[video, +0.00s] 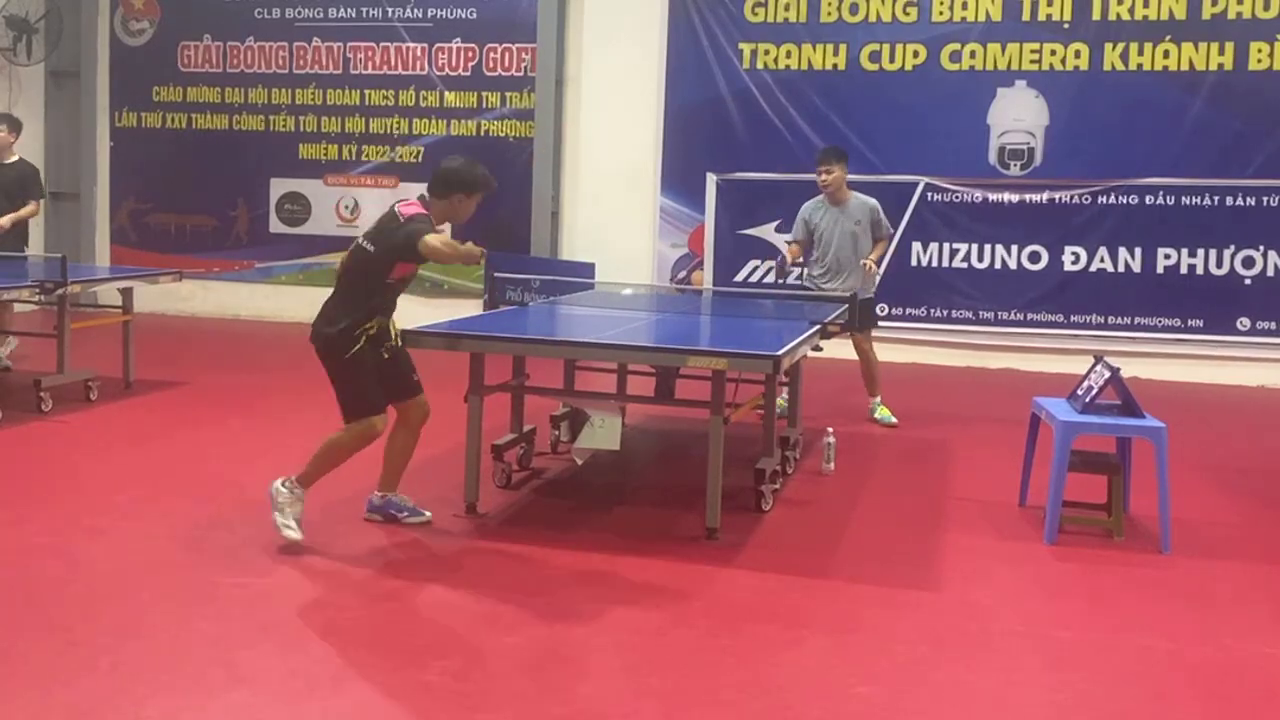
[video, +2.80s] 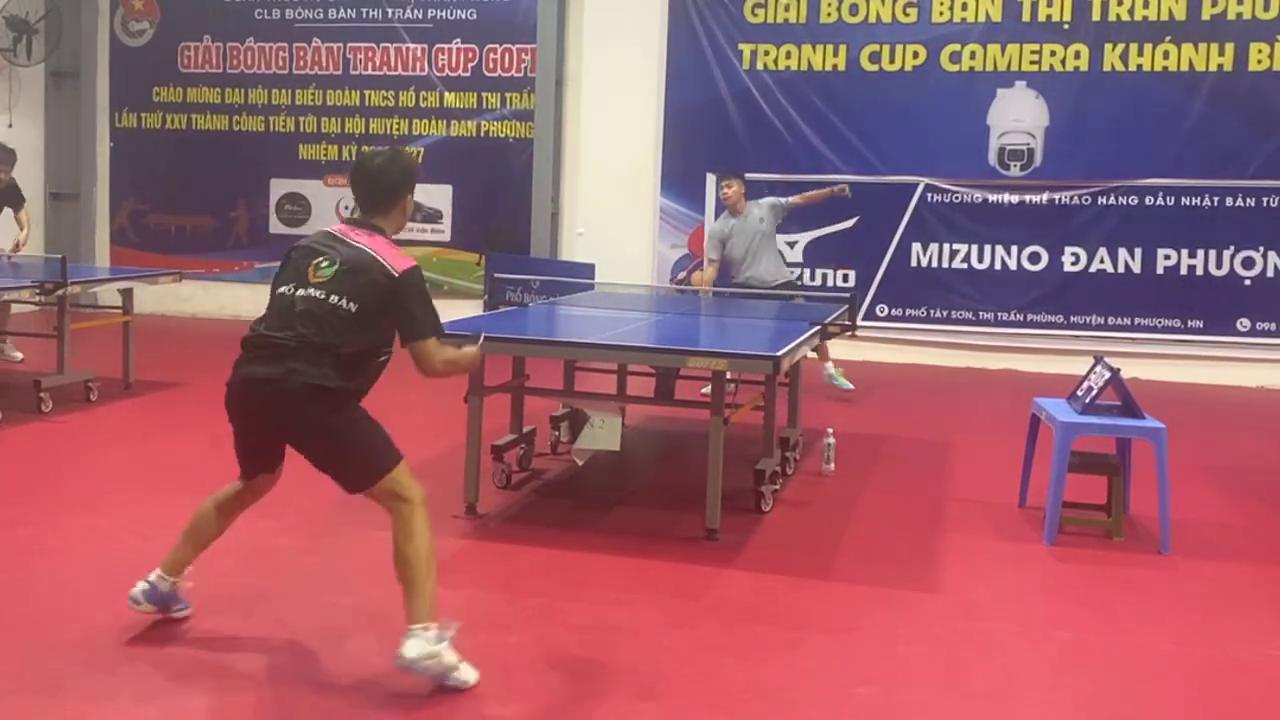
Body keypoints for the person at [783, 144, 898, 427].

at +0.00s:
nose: (823, 178)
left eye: (829, 172)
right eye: (819, 173)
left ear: (844, 172)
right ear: (816, 175)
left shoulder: (869, 207)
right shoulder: (809, 210)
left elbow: (883, 238)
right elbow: (798, 245)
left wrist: (873, 257)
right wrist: (790, 254)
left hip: (858, 292)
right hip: (816, 291)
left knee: (863, 344)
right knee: (794, 341)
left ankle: (876, 403)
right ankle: (788, 396)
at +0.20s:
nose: (808, 199)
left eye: (814, 193)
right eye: (804, 193)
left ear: (829, 191)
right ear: (799, 193)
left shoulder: (851, 221)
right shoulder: (791, 222)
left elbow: (861, 252)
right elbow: (761, 254)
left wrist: (858, 265)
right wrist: (777, 260)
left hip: (841, 301)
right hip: (803, 300)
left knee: (855, 354)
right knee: (780, 349)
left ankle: (875, 404)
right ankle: (762, 404)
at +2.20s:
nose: (790, 183)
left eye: (796, 178)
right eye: (786, 179)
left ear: (807, 179)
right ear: (782, 182)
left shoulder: (828, 208)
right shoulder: (775, 213)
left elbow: (842, 238)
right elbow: (758, 244)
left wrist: (840, 247)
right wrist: (750, 247)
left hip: (819, 287)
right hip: (781, 284)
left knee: (830, 335)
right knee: (753, 324)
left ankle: (839, 387)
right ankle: (745, 382)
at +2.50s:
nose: (768, 212)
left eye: (772, 207)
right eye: (764, 208)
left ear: (786, 206)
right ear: (761, 209)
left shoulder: (808, 227)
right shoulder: (759, 234)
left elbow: (824, 256)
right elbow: (742, 260)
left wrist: (827, 266)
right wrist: (732, 262)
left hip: (806, 295)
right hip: (770, 295)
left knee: (828, 334)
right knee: (736, 326)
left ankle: (838, 388)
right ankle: (722, 380)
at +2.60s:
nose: (744, 217)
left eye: (749, 211)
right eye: (742, 213)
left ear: (765, 211)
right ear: (742, 217)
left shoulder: (793, 229)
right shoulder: (745, 245)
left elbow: (822, 248)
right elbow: (718, 273)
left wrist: (841, 263)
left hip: (808, 299)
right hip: (773, 302)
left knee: (828, 335)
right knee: (739, 330)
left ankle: (839, 388)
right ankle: (726, 381)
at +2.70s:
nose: (726, 210)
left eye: (731, 204)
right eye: (724, 207)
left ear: (747, 205)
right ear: (725, 212)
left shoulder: (773, 219)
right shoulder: (727, 242)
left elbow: (802, 222)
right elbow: (704, 263)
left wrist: (831, 221)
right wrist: (681, 279)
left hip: (797, 292)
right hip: (760, 296)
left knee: (824, 334)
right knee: (731, 331)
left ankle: (843, 386)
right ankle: (720, 380)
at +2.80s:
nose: (725, 192)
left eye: (729, 187)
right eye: (721, 189)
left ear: (742, 189)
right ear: (720, 195)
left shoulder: (766, 207)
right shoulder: (718, 228)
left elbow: (802, 200)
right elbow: (711, 265)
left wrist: (832, 191)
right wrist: (704, 287)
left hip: (780, 283)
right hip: (743, 288)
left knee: (812, 321)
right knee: (728, 328)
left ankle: (829, 370)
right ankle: (727, 378)